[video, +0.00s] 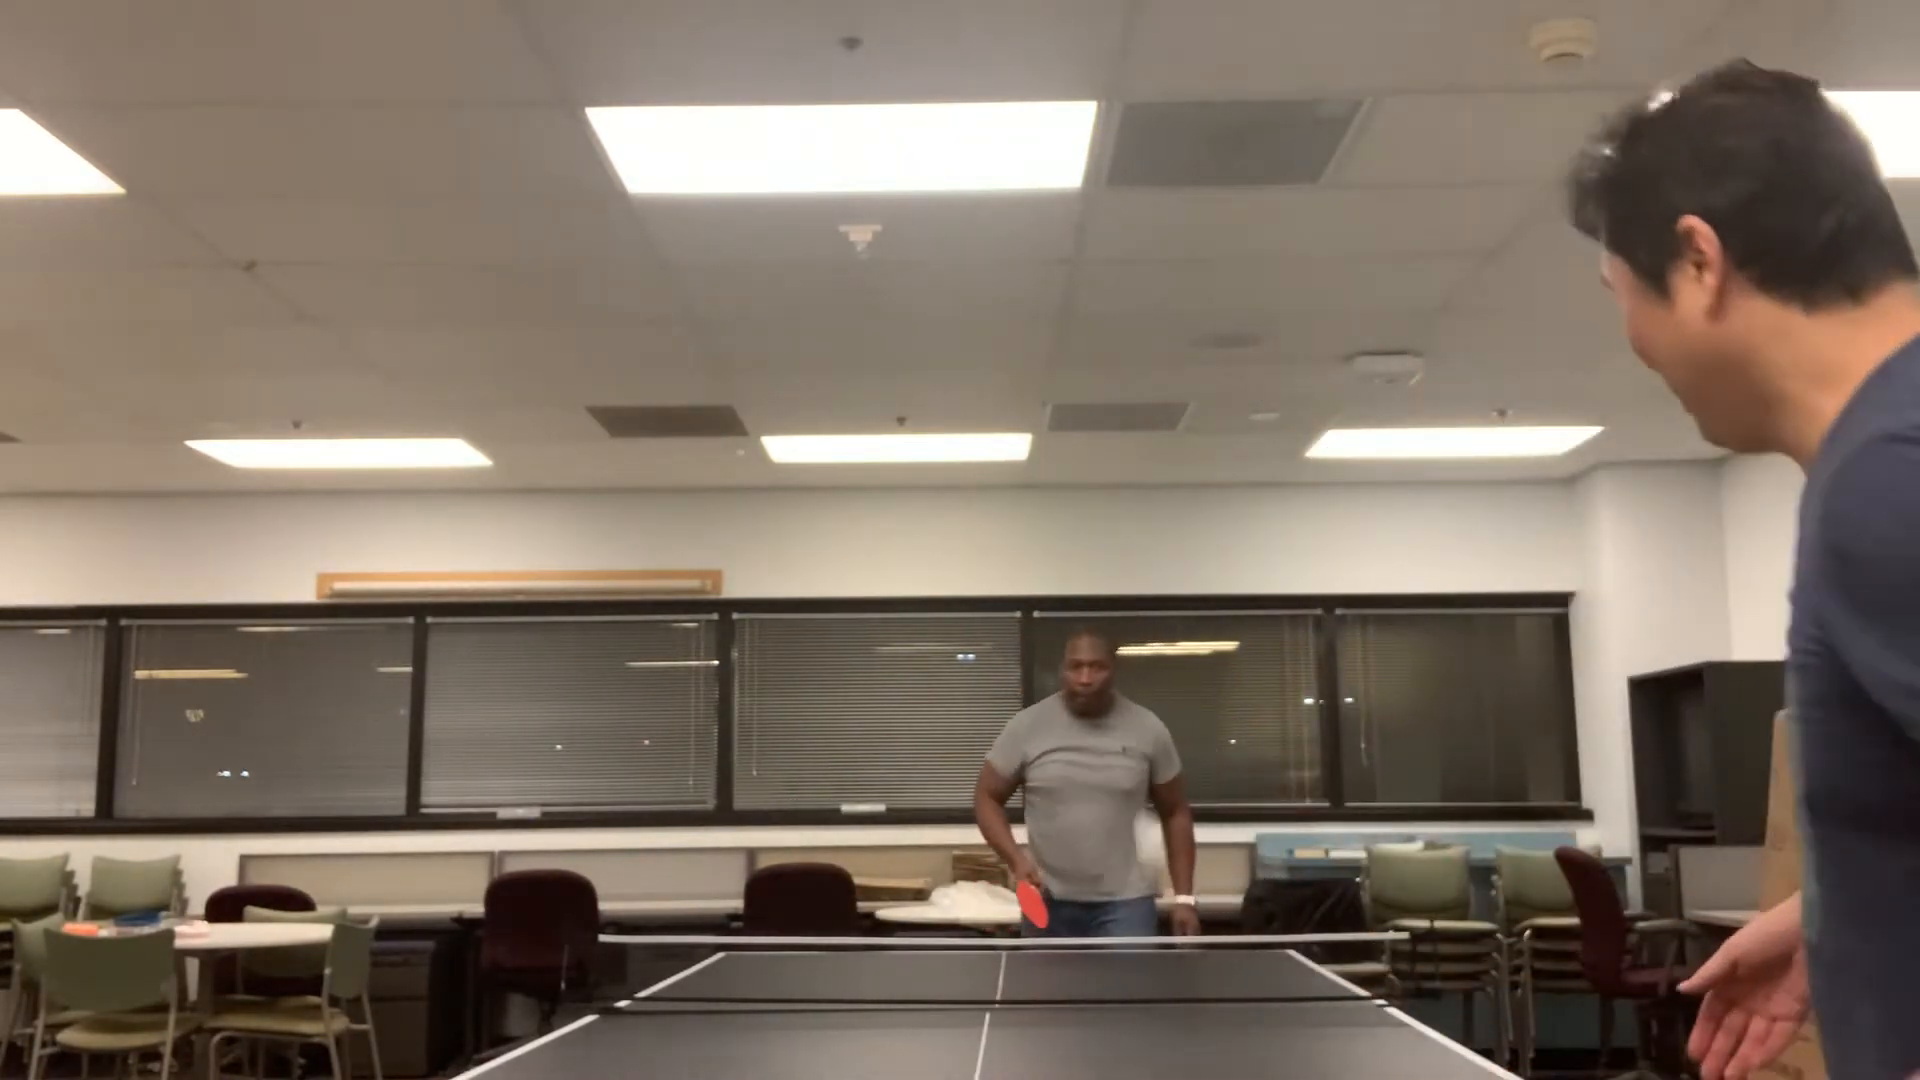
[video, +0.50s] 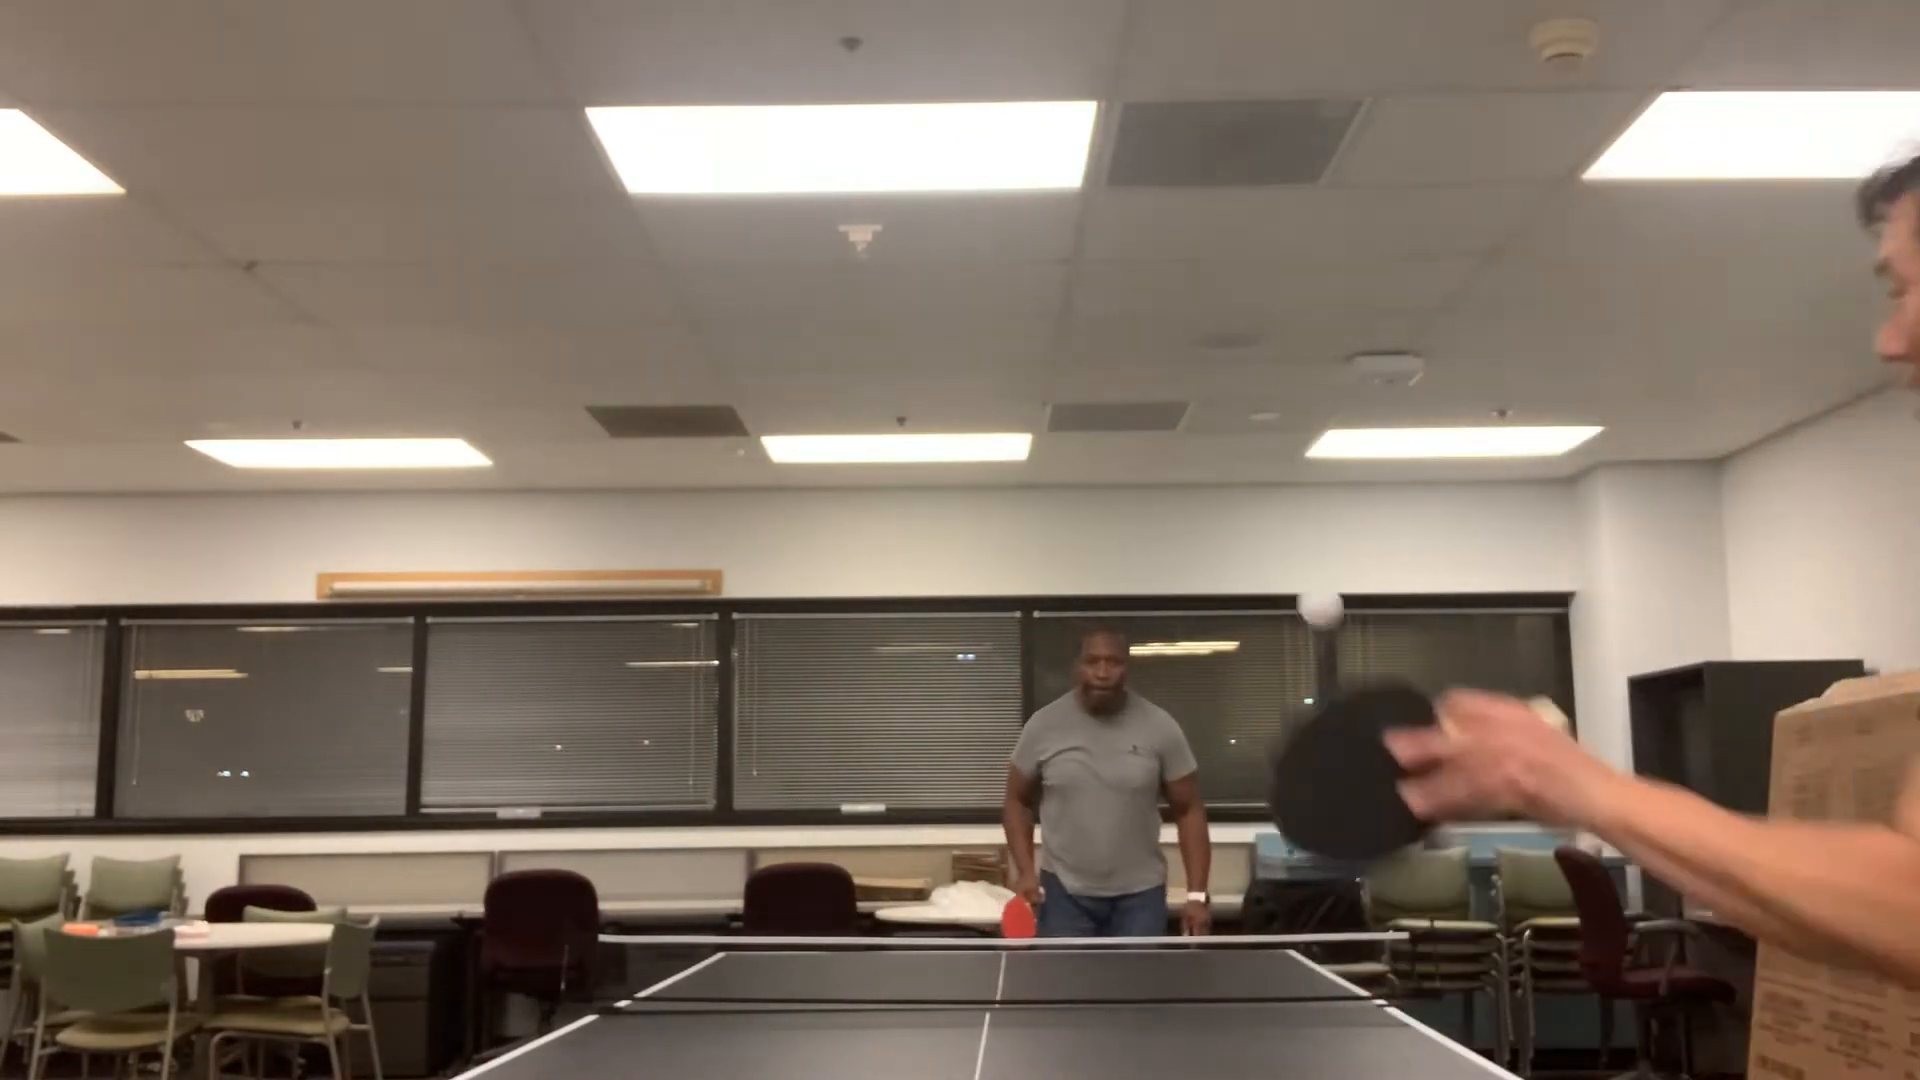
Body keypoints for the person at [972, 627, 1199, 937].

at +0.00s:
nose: (1085, 678)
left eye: (1096, 667)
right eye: (1076, 667)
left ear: (1112, 671)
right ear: (1062, 671)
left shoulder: (1147, 730)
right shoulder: (1027, 726)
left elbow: (1175, 812)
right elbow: (986, 798)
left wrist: (1184, 898)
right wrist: (1016, 859)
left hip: (1124, 902)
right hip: (1050, 902)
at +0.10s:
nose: (1081, 673)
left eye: (1092, 663)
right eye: (1072, 662)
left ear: (1108, 666)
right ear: (1058, 666)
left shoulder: (1141, 725)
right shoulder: (1022, 722)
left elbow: (1170, 807)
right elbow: (983, 795)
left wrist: (1182, 894)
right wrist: (1008, 859)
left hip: (1122, 893)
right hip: (1048, 894)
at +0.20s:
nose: (1081, 673)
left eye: (1092, 662)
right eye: (1072, 661)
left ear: (1108, 666)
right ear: (1058, 665)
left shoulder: (1140, 726)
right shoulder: (1022, 722)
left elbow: (1170, 807)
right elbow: (985, 792)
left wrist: (1186, 892)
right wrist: (1005, 859)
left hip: (1122, 896)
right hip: (1047, 896)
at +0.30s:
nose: (1086, 674)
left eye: (1096, 664)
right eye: (1076, 663)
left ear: (1111, 668)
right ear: (1062, 667)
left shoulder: (1145, 727)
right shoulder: (1026, 725)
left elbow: (1174, 808)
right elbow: (991, 795)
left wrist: (1188, 893)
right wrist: (1009, 866)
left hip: (1127, 900)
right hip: (1050, 899)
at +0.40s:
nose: (1095, 673)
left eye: (1106, 663)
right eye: (1085, 662)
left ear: (1119, 668)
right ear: (1069, 668)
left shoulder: (1152, 727)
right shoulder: (1036, 726)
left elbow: (1181, 810)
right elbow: (1004, 799)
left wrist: (1191, 895)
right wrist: (1015, 872)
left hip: (1132, 896)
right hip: (1057, 895)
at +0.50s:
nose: (1102, 673)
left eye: (1113, 662)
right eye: (1092, 662)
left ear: (1127, 668)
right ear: (1077, 667)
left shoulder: (1160, 728)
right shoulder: (1043, 725)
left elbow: (1189, 810)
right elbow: (1017, 801)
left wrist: (1197, 896)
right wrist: (1026, 873)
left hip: (1140, 895)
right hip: (1065, 893)